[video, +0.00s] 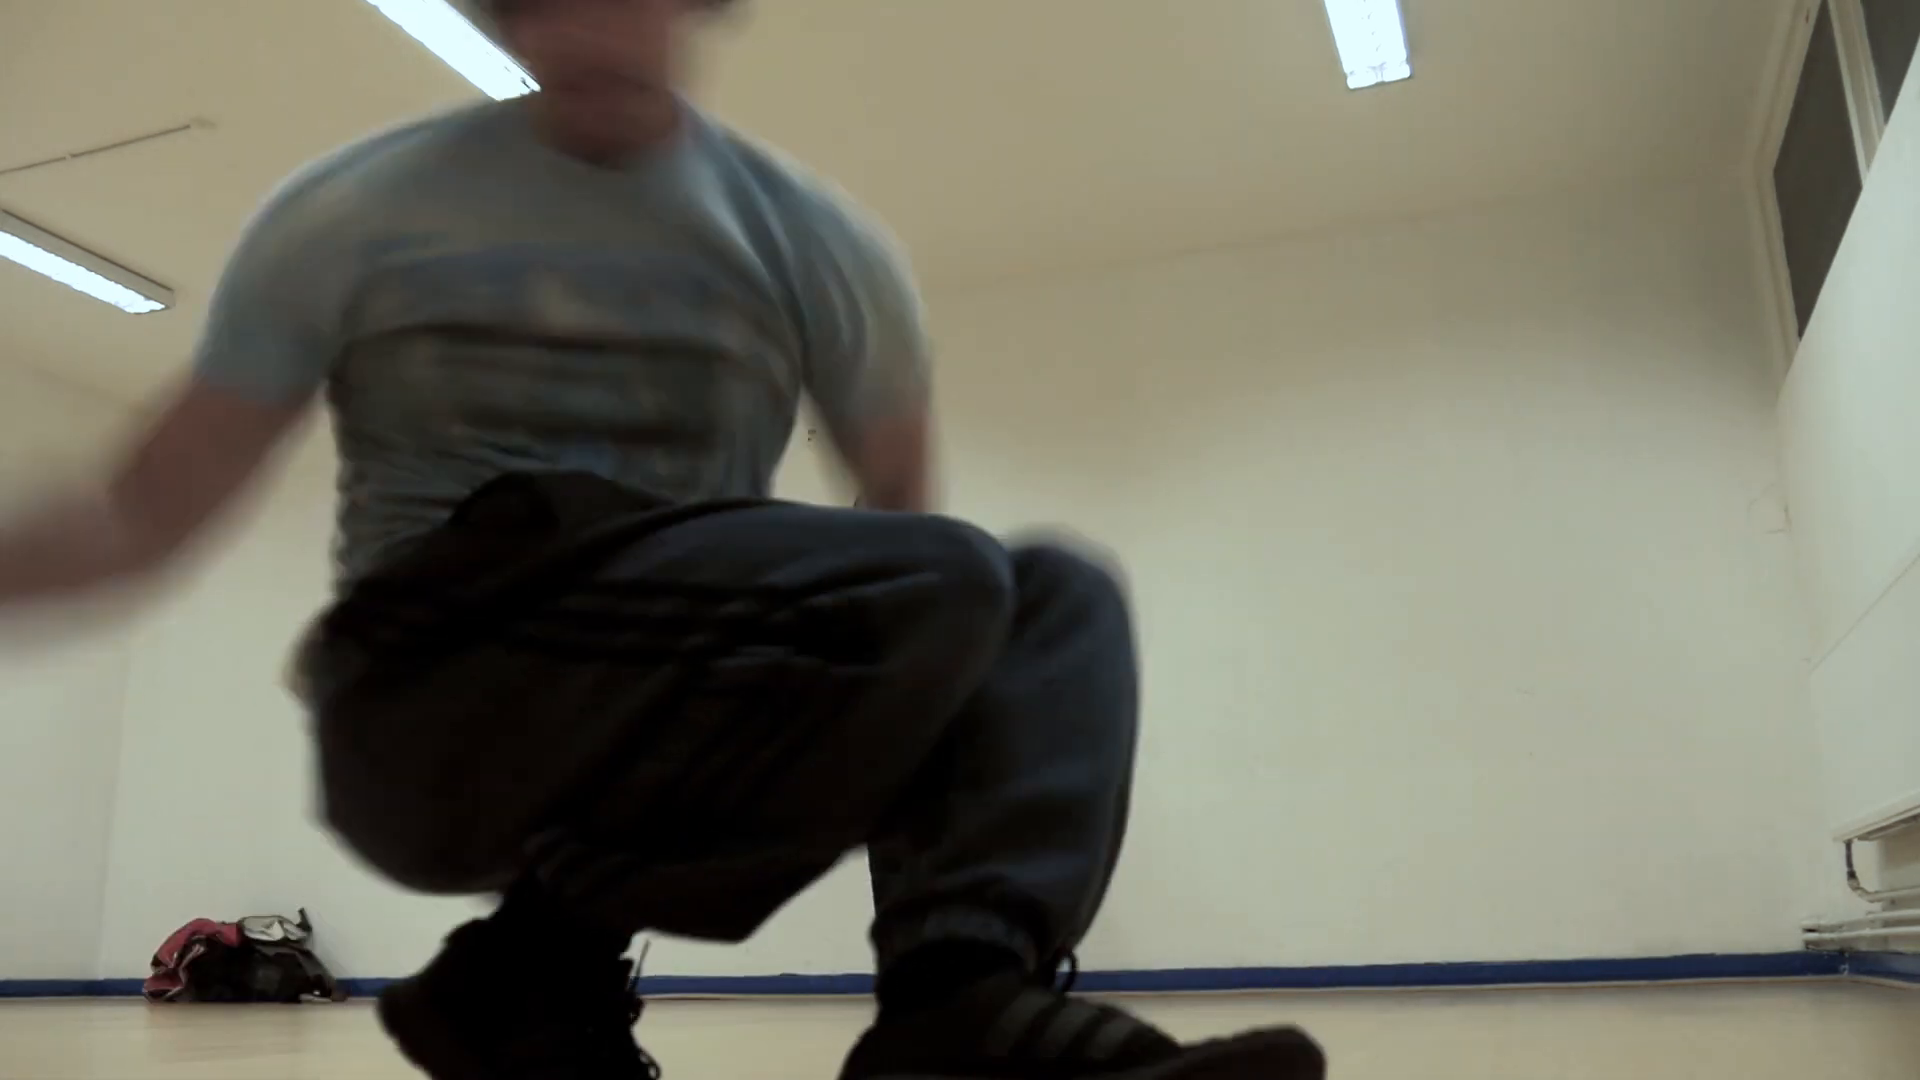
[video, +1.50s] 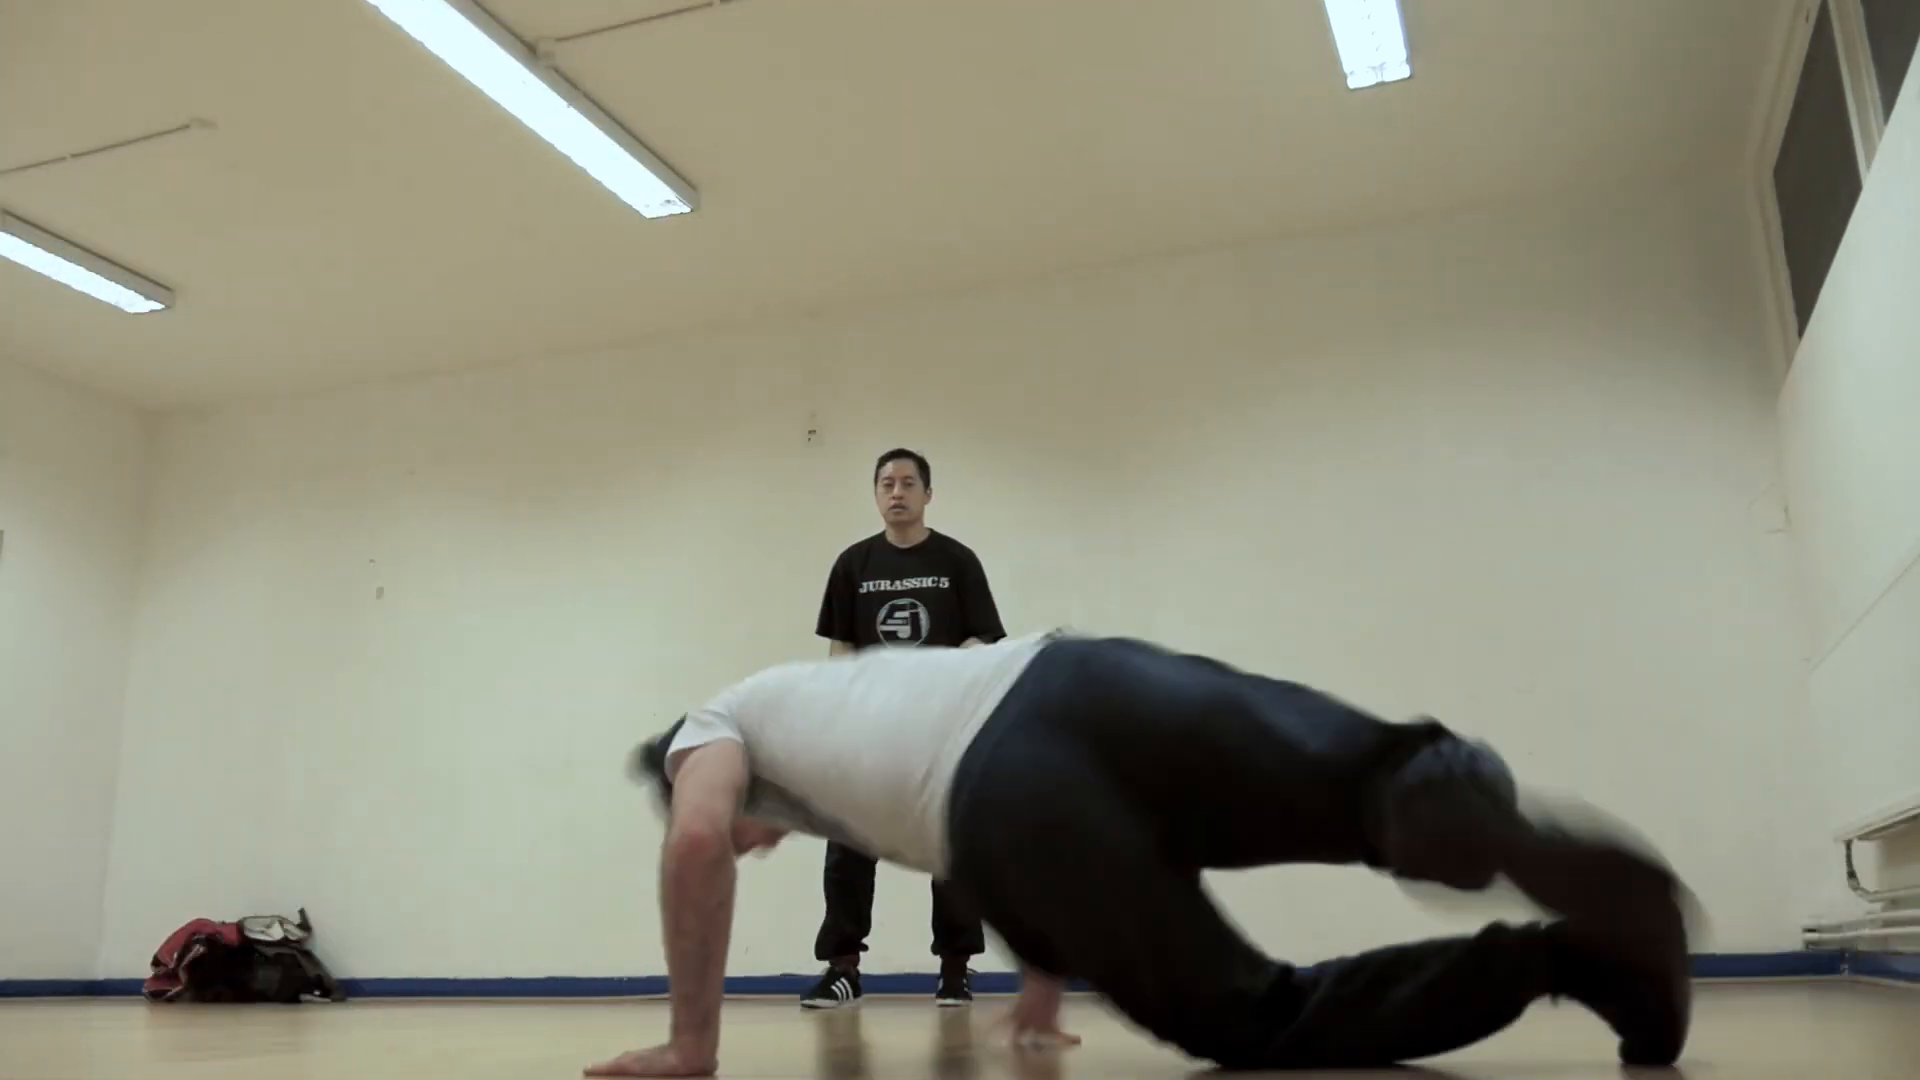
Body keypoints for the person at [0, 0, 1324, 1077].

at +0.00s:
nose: (625, 29)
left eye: (659, 1)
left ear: (705, 18)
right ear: (517, 17)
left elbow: (912, 549)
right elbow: (133, 514)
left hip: (673, 716)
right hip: (431, 708)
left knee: (1060, 596)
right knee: (929, 590)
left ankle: (964, 1001)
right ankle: (524, 978)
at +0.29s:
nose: (64, 437)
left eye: (22, 388)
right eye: (33, 459)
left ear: (51, 278)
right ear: (61, 477)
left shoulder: (229, 173)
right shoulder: (261, 527)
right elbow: (300, 812)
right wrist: (208, 1066)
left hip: (788, 294)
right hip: (833, 513)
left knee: (419, 518)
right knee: (796, 908)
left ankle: (841, 994)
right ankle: (1281, 709)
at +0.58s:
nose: (74, 390)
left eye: (44, 348)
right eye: (44, 401)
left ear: (65, 261)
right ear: (65, 404)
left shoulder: (198, 185)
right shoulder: (255, 504)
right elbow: (303, 814)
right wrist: (216, 1067)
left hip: (707, 347)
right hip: (818, 431)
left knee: (458, 782)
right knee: (1151, 742)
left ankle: (819, 943)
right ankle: (1791, 843)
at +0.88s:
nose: (336, 240)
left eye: (331, 196)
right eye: (281, 234)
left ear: (342, 181)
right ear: (193, 288)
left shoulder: (446, 228)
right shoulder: (241, 527)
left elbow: (609, 75)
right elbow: (331, 827)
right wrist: (222, 1053)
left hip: (800, 559)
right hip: (735, 771)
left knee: (1102, 452)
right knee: (1155, 944)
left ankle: (1591, 314)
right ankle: (1597, 1070)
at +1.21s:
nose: (997, 547)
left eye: (1006, 526)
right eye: (995, 514)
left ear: (910, 474)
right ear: (927, 473)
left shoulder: (850, 618)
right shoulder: (793, 536)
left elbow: (755, 816)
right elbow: (669, 696)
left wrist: (682, 1035)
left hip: (796, 971)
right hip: (769, 940)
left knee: (1160, 960)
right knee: (1150, 913)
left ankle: (1567, 1030)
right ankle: (1625, 1046)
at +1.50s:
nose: (694, 829)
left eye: (680, 808)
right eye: (680, 816)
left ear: (685, 761)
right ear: (752, 706)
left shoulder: (721, 723)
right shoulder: (871, 695)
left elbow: (701, 841)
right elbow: (1014, 808)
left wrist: (691, 1035)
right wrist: (1041, 1007)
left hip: (1000, 801)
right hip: (1077, 682)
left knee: (1258, 1021)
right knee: (1355, 777)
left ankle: (1559, 961)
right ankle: (1477, 818)